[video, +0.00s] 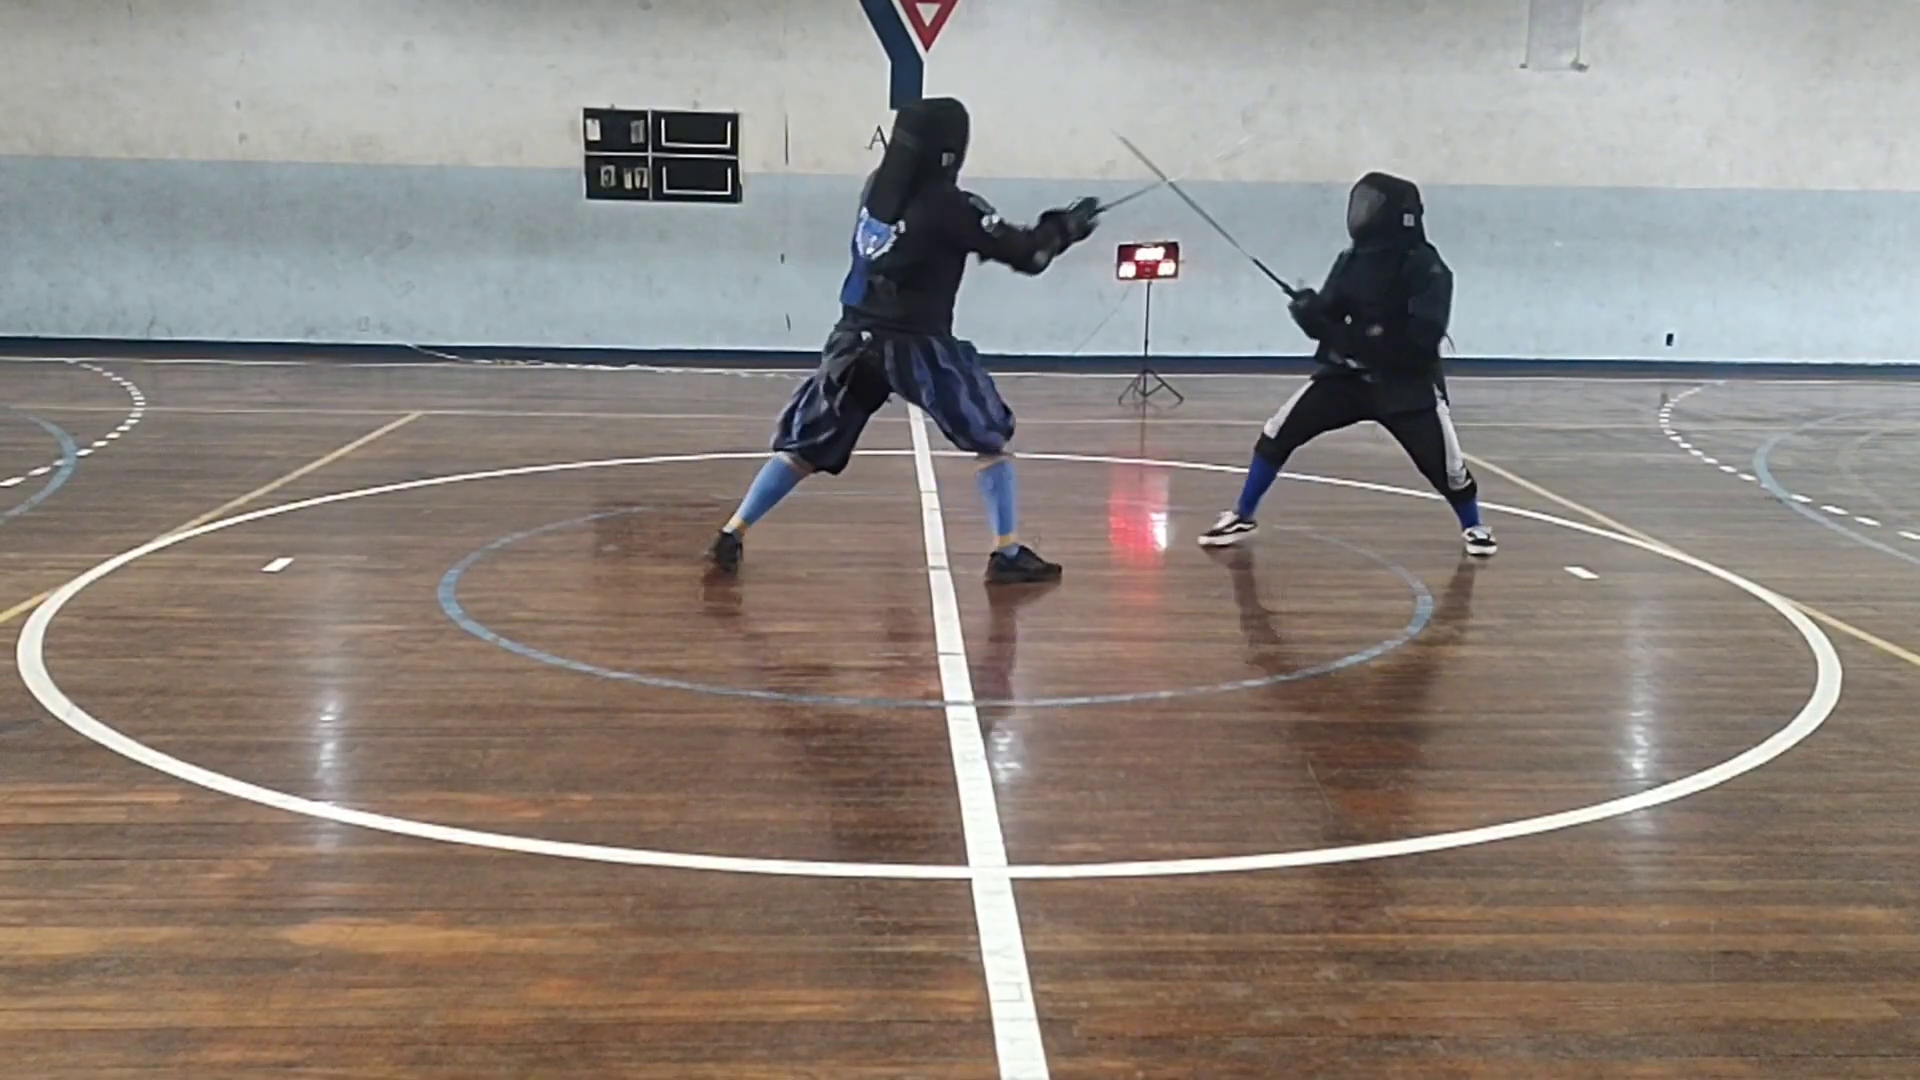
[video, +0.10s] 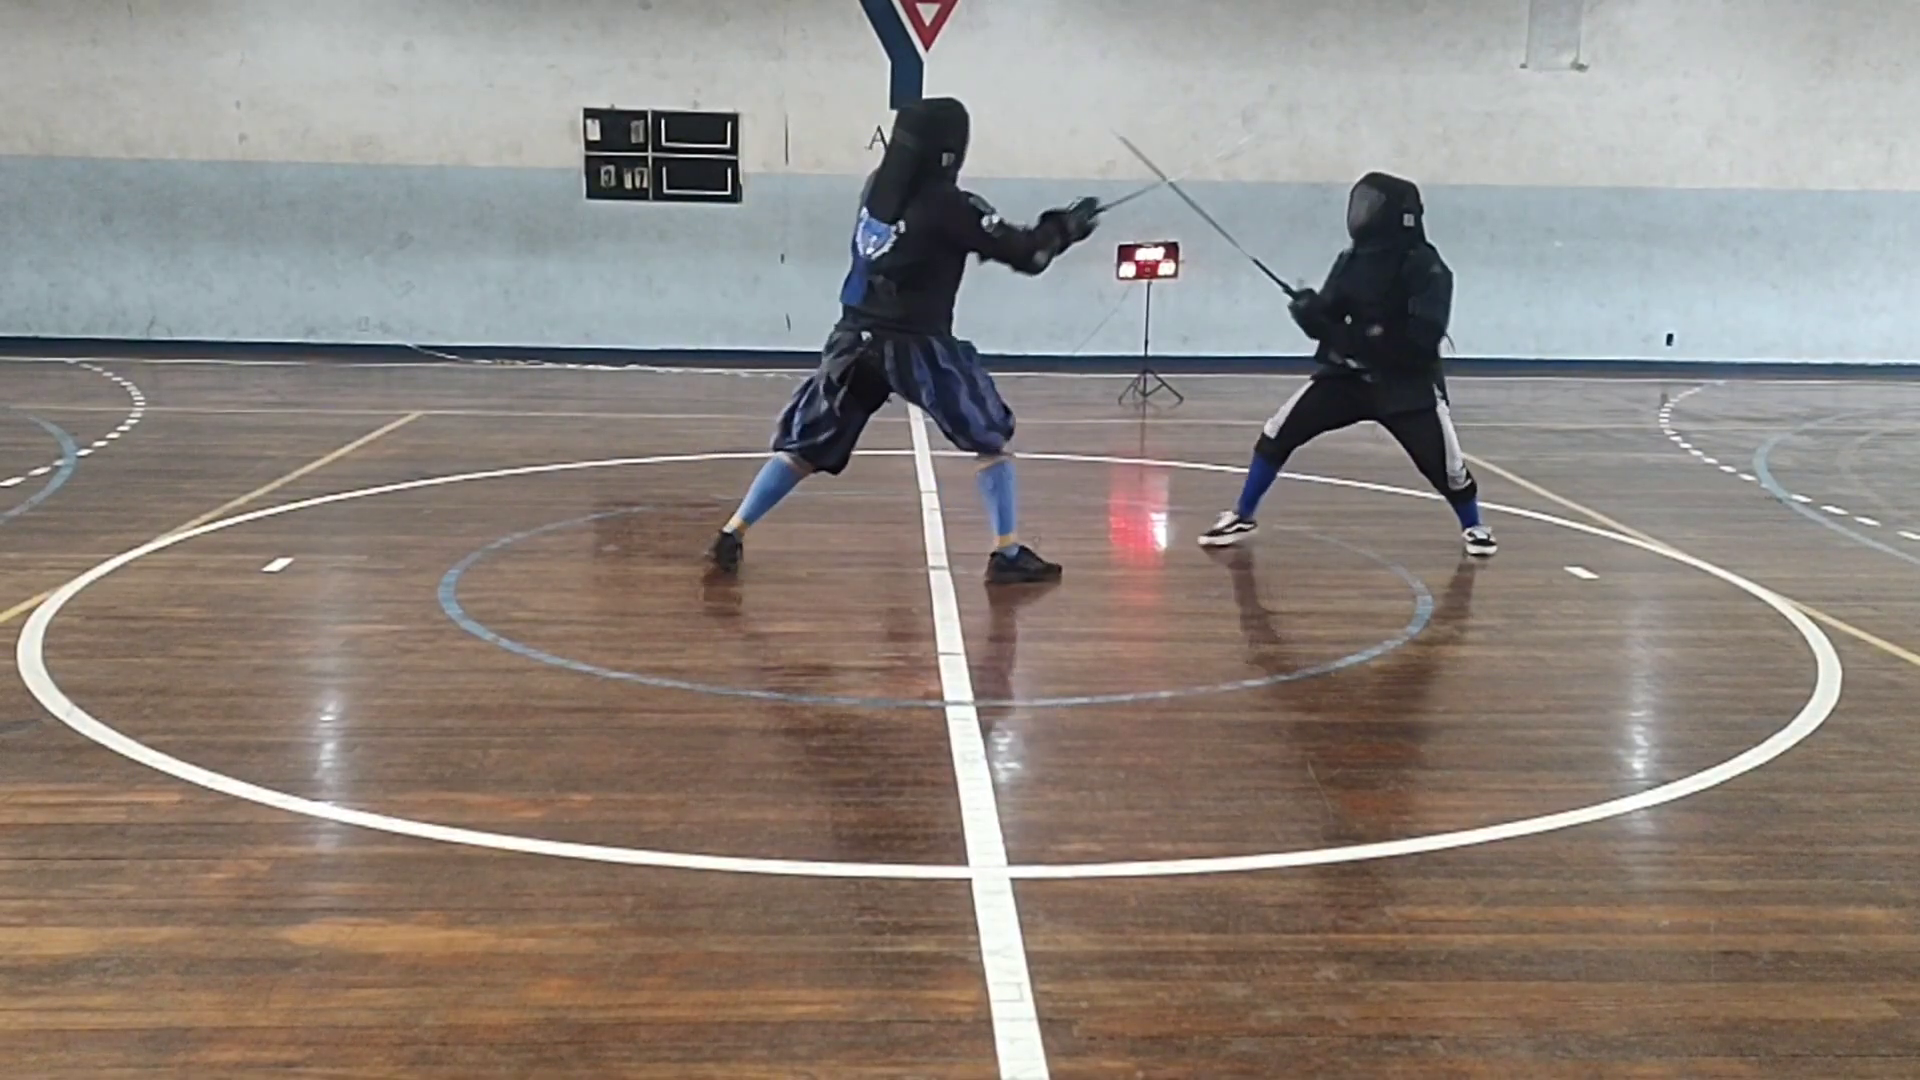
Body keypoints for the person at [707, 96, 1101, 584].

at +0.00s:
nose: (962, 152)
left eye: (958, 143)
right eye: (959, 143)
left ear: (905, 142)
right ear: (948, 151)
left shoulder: (879, 186)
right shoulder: (948, 207)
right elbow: (1025, 252)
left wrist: (982, 222)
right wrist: (1063, 227)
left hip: (855, 336)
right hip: (920, 343)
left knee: (808, 443)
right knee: (991, 435)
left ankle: (732, 532)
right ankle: (1008, 550)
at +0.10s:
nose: (962, 152)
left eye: (958, 143)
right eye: (959, 143)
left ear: (905, 142)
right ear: (948, 151)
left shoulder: (879, 186)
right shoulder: (948, 206)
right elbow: (1025, 252)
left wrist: (983, 222)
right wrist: (1063, 227)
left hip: (855, 336)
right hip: (920, 343)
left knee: (808, 443)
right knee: (991, 435)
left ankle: (732, 531)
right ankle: (1008, 550)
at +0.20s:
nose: (967, 153)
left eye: (964, 144)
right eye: (964, 144)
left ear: (910, 143)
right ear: (952, 151)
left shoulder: (884, 185)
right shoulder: (952, 204)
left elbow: (939, 222)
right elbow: (1029, 245)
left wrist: (991, 218)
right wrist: (1073, 218)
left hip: (860, 335)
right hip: (924, 342)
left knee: (811, 441)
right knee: (994, 435)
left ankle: (736, 532)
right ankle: (1009, 552)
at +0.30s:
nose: (973, 155)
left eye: (970, 145)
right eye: (970, 146)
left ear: (916, 142)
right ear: (959, 152)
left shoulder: (888, 184)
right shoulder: (958, 203)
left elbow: (963, 208)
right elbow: (1038, 236)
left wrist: (1014, 207)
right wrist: (1078, 213)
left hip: (864, 336)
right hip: (927, 343)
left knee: (816, 440)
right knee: (997, 437)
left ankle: (742, 530)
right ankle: (1008, 552)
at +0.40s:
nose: (977, 154)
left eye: (973, 144)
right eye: (975, 145)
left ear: (922, 141)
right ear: (965, 152)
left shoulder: (893, 180)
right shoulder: (966, 203)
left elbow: (966, 202)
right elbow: (1045, 227)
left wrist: (1010, 194)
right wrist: (1084, 204)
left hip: (867, 336)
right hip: (931, 342)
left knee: (821, 438)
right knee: (999, 435)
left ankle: (747, 531)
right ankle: (1009, 551)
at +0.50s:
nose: (987, 147)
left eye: (988, 141)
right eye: (984, 139)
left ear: (935, 137)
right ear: (972, 148)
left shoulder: (905, 172)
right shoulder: (974, 199)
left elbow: (967, 173)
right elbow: (1046, 212)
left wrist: (1014, 166)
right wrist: (1096, 196)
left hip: (875, 335)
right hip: (938, 341)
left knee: (828, 437)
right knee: (1005, 435)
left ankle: (757, 533)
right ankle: (1010, 552)